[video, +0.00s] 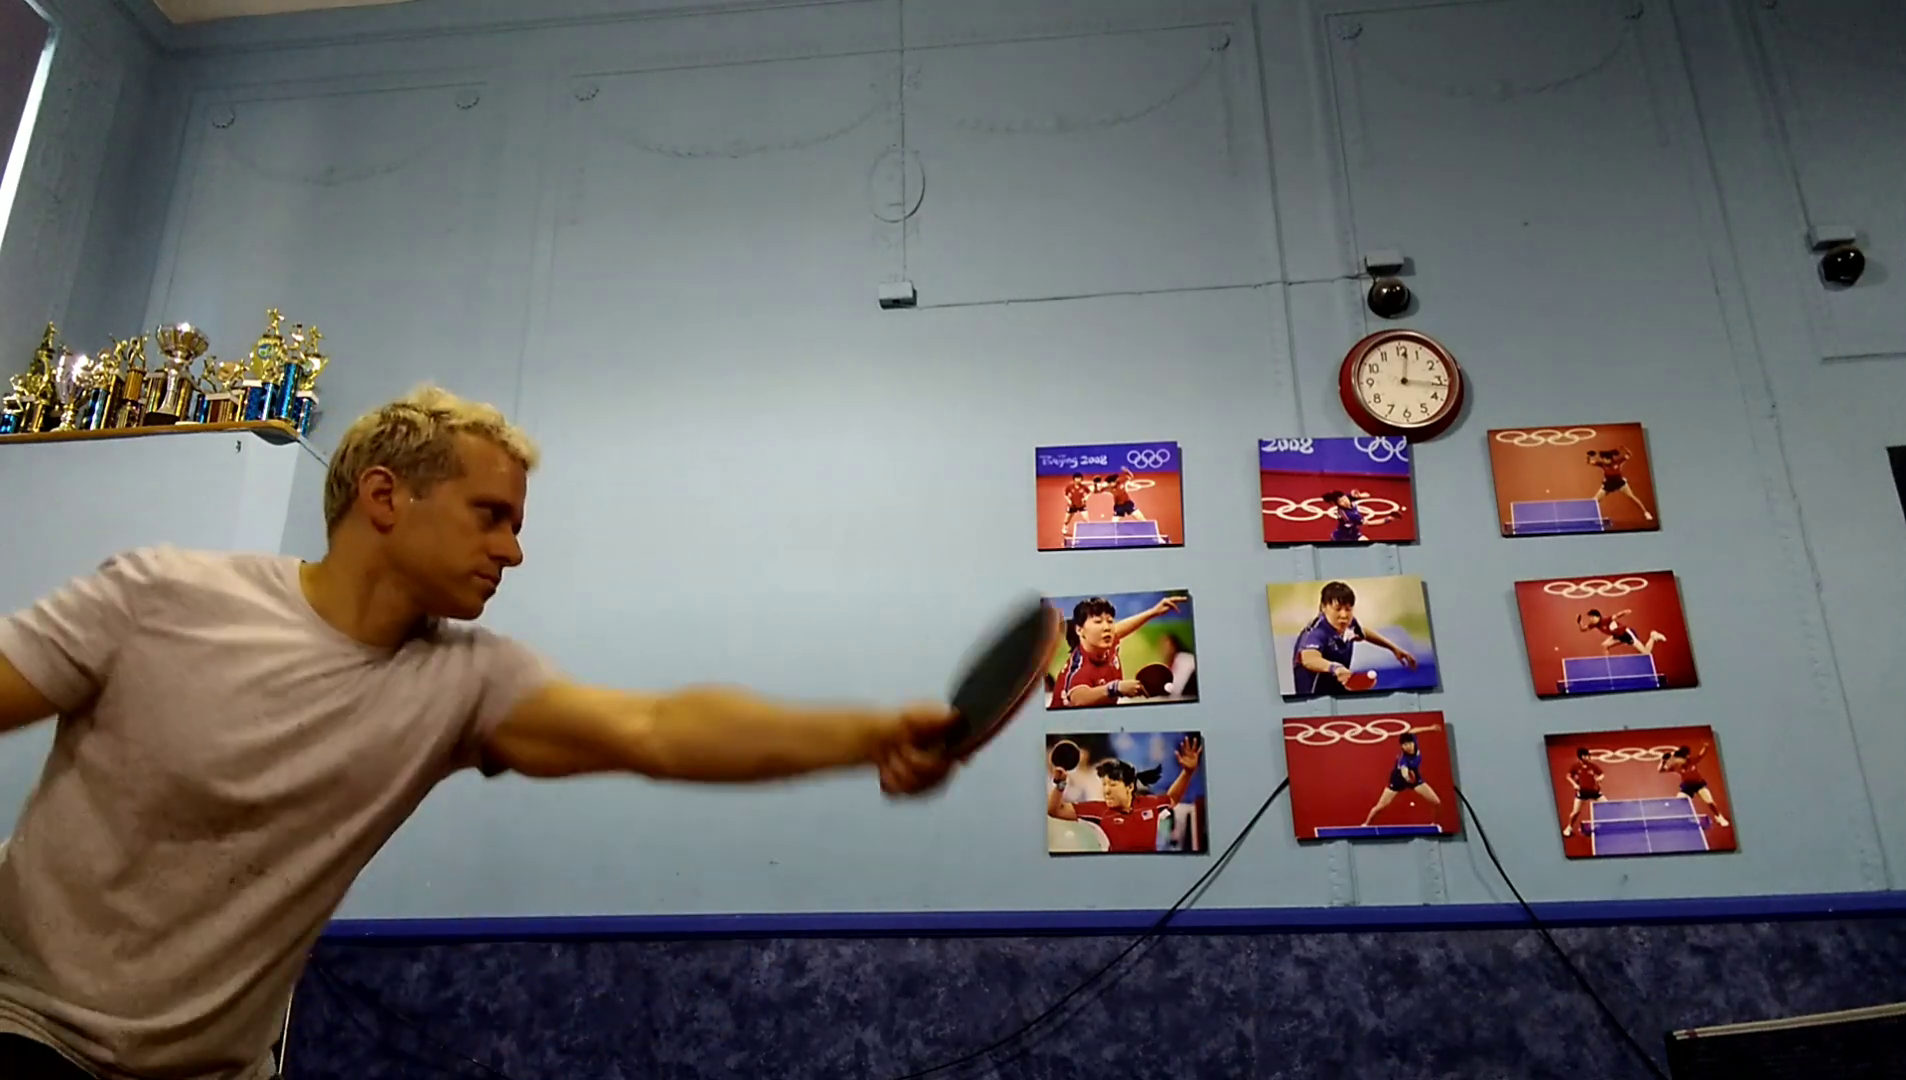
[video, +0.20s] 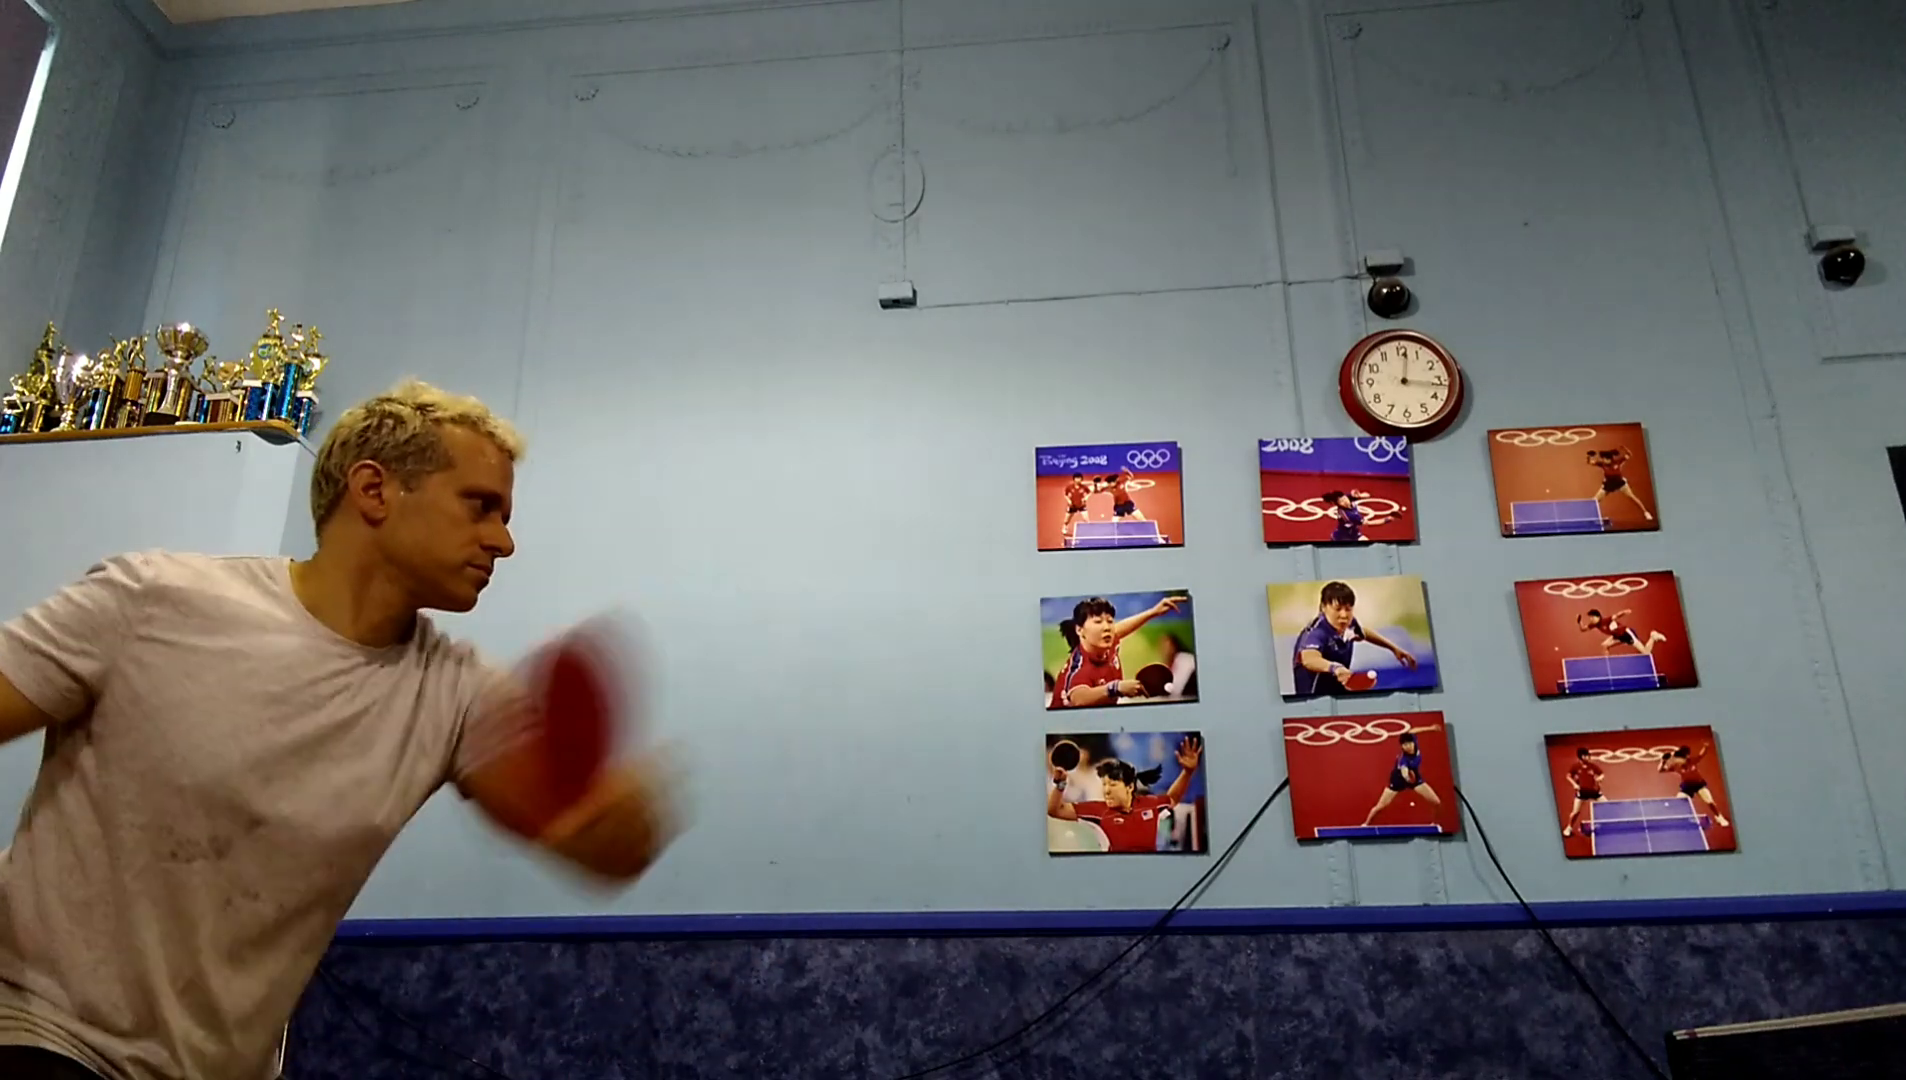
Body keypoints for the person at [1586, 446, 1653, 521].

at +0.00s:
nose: (1605, 461)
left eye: (1606, 460)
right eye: (1603, 460)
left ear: (1610, 459)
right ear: (1603, 459)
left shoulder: (1617, 461)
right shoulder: (1602, 464)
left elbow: (1629, 456)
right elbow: (1590, 463)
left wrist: (1625, 449)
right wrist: (1589, 457)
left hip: (1620, 482)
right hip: (1608, 483)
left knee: (1631, 497)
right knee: (1595, 499)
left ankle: (1645, 512)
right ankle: (1592, 519)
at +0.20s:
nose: (1605, 461)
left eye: (1606, 460)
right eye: (1604, 460)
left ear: (1610, 459)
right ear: (1603, 459)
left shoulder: (1617, 462)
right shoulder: (1602, 464)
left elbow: (1629, 456)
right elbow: (1590, 463)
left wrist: (1624, 449)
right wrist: (1589, 457)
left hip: (1620, 482)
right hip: (1608, 483)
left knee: (1631, 497)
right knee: (1595, 499)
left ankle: (1645, 512)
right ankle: (1591, 518)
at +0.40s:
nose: (1605, 461)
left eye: (1606, 460)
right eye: (1604, 460)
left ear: (1610, 459)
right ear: (1603, 459)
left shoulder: (1617, 462)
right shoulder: (1602, 464)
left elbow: (1629, 456)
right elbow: (1590, 463)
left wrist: (1624, 449)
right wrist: (1589, 457)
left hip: (1620, 482)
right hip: (1608, 483)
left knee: (1632, 497)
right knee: (1595, 499)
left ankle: (1645, 512)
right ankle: (1591, 519)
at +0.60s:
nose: (1604, 461)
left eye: (1606, 459)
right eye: (1603, 459)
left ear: (1609, 458)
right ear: (1603, 459)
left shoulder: (1618, 462)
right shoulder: (1602, 464)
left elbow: (1629, 456)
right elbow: (1590, 463)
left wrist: (1624, 449)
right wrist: (1589, 457)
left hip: (1620, 482)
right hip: (1608, 483)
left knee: (1632, 497)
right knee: (1595, 499)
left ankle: (1645, 512)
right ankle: (1591, 519)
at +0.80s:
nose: (1605, 461)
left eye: (1606, 460)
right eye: (1603, 460)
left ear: (1610, 459)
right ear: (1603, 459)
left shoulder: (1617, 462)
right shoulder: (1602, 464)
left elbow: (1629, 456)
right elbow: (1590, 463)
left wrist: (1624, 449)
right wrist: (1589, 457)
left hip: (1620, 482)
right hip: (1608, 483)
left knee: (1632, 497)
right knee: (1595, 499)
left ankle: (1645, 512)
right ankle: (1591, 519)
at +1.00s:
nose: (1605, 461)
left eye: (1606, 460)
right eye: (1603, 460)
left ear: (1610, 459)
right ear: (1603, 459)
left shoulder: (1617, 461)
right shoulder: (1602, 464)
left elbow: (1629, 457)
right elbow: (1590, 463)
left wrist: (1624, 449)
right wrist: (1590, 457)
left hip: (1620, 482)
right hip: (1608, 483)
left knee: (1632, 497)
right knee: (1595, 500)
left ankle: (1645, 512)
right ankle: (1592, 519)